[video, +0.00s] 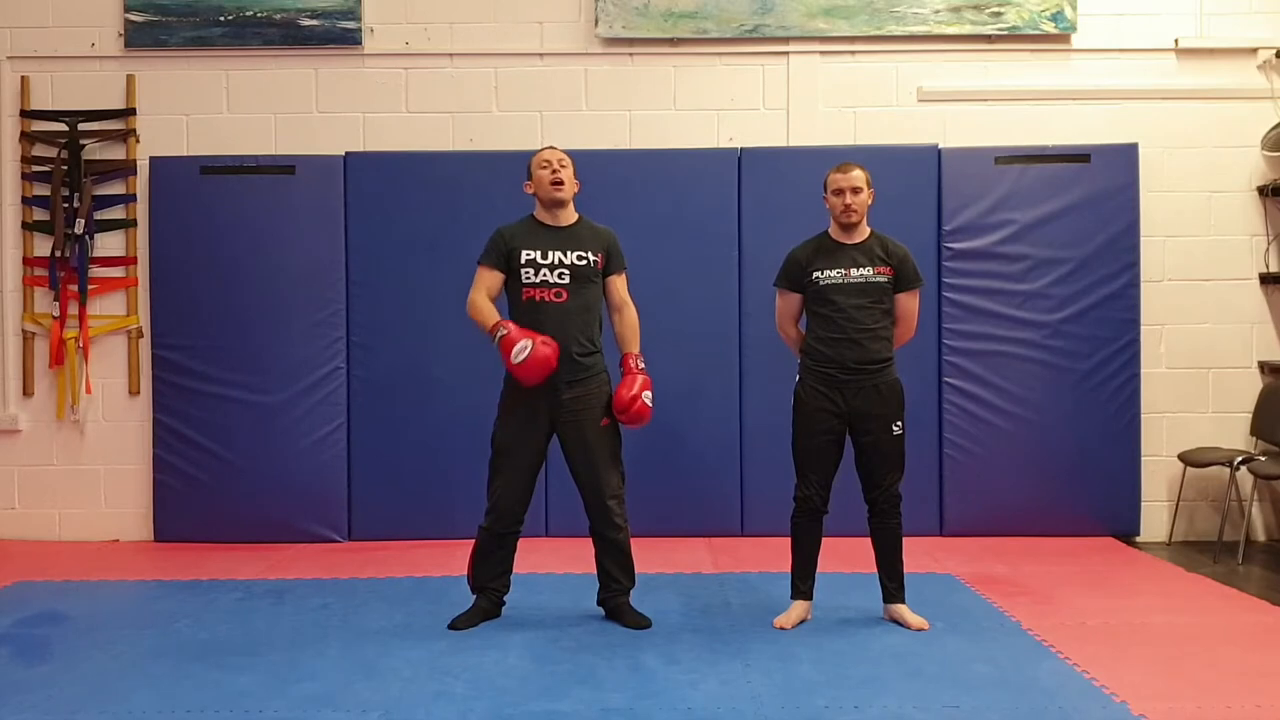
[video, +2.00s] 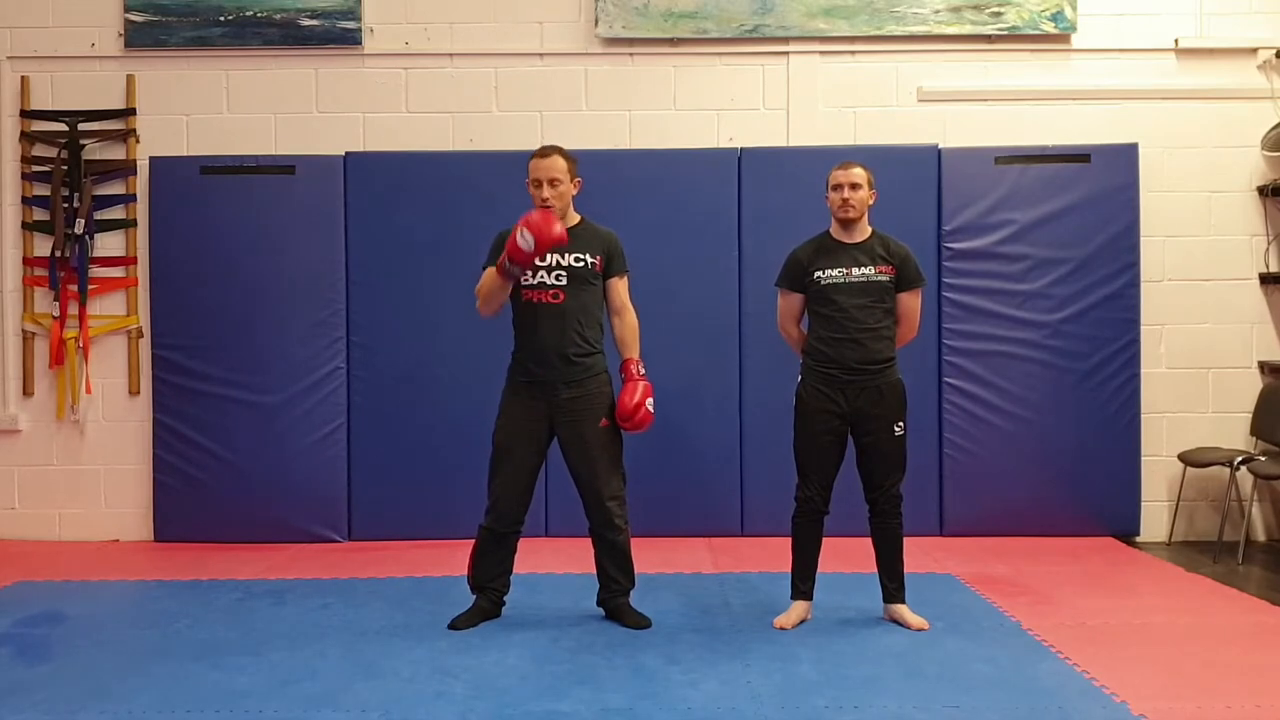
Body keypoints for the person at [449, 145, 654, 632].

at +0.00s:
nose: (557, 171)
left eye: (563, 165)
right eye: (546, 167)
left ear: (576, 182)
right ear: (531, 187)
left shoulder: (602, 240)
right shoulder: (508, 239)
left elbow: (622, 307)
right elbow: (478, 298)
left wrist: (634, 367)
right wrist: (505, 333)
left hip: (587, 387)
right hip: (527, 388)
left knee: (607, 498)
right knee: (505, 497)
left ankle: (617, 597)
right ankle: (488, 597)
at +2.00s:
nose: (543, 192)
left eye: (552, 183)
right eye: (535, 184)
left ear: (575, 185)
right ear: (527, 188)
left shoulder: (603, 242)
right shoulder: (514, 240)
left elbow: (622, 311)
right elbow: (486, 305)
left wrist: (633, 373)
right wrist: (515, 257)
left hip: (587, 389)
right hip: (527, 389)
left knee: (607, 500)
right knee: (505, 498)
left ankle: (616, 598)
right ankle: (488, 597)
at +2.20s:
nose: (535, 194)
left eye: (544, 185)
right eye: (528, 186)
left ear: (567, 187)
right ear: (521, 188)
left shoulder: (599, 241)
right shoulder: (509, 238)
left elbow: (619, 310)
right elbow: (491, 293)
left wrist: (631, 371)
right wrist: (519, 235)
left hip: (585, 389)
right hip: (525, 389)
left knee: (606, 501)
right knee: (504, 498)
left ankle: (616, 598)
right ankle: (488, 597)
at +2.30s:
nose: (534, 192)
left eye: (543, 183)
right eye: (526, 184)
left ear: (564, 186)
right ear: (515, 188)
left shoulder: (594, 240)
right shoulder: (503, 239)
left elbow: (615, 307)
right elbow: (489, 297)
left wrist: (628, 369)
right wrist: (518, 240)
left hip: (582, 389)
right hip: (521, 389)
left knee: (604, 499)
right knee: (502, 498)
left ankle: (616, 598)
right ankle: (488, 598)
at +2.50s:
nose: (540, 188)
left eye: (547, 178)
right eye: (529, 180)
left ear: (557, 182)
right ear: (510, 186)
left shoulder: (580, 240)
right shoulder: (489, 243)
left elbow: (600, 306)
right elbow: (466, 312)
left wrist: (616, 364)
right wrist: (512, 285)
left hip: (573, 388)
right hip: (512, 390)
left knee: (599, 496)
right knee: (496, 500)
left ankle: (615, 597)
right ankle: (487, 598)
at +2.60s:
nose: (547, 189)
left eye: (551, 179)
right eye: (536, 180)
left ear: (556, 183)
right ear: (510, 186)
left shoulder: (572, 240)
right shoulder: (482, 244)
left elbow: (589, 305)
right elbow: (454, 311)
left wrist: (607, 361)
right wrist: (502, 315)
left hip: (570, 389)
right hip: (509, 393)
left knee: (599, 494)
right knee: (494, 500)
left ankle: (616, 595)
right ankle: (487, 598)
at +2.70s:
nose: (554, 191)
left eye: (556, 182)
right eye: (543, 183)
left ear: (558, 185)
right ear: (513, 187)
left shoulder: (566, 238)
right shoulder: (479, 244)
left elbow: (580, 304)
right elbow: (445, 308)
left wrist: (601, 359)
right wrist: (498, 322)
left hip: (569, 387)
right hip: (509, 392)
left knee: (601, 492)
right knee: (495, 498)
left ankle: (617, 593)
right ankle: (488, 597)